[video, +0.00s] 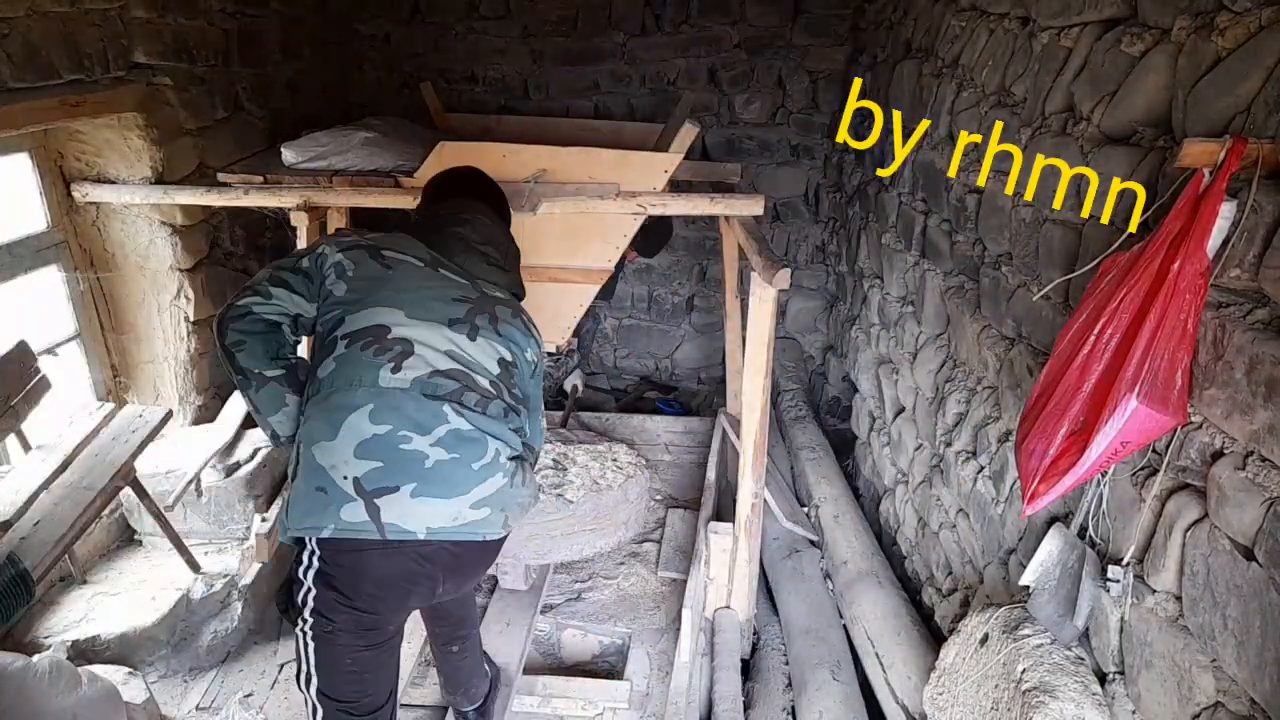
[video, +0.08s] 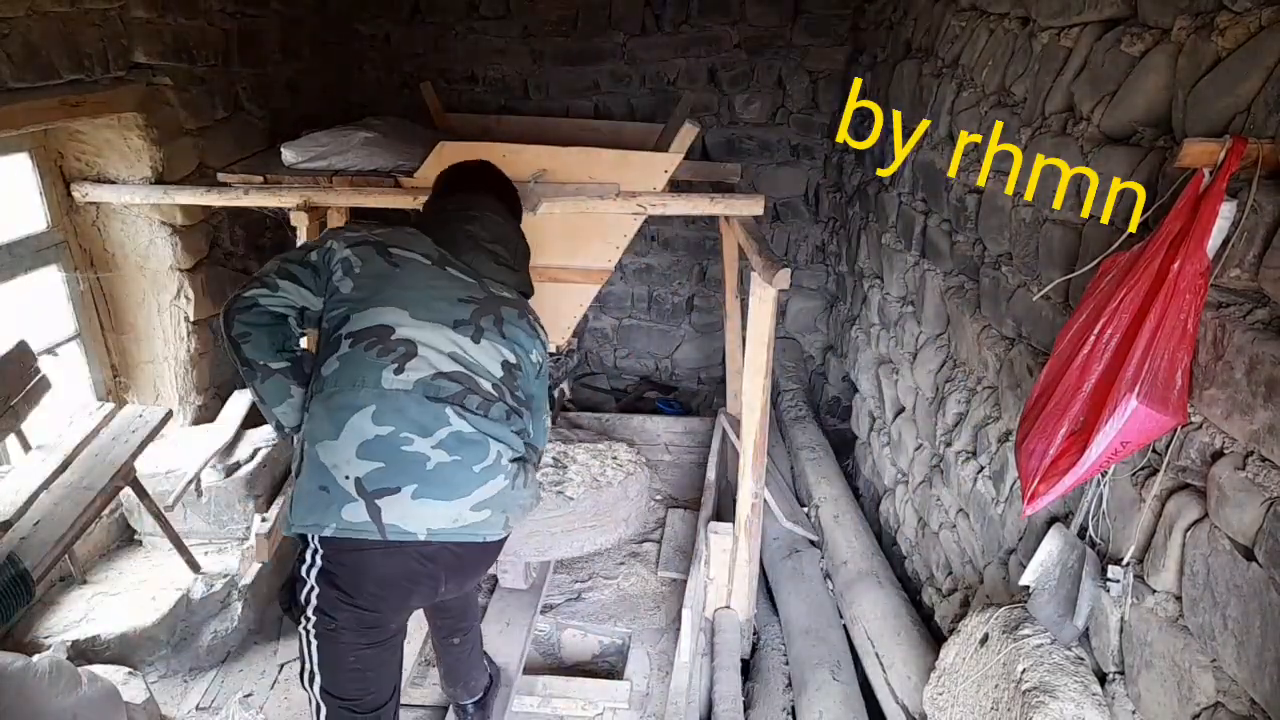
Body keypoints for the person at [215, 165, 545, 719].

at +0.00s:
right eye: (492, 225)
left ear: (421, 213)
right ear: (500, 236)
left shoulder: (350, 254)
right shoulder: (516, 319)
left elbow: (249, 321)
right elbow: (531, 442)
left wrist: (303, 430)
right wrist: (502, 504)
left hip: (353, 543)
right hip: (472, 539)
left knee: (354, 709)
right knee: (456, 622)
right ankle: (473, 701)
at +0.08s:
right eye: (501, 219)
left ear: (430, 209)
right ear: (510, 231)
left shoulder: (354, 250)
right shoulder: (522, 317)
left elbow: (254, 314)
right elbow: (534, 444)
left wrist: (306, 419)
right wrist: (504, 500)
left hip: (356, 547)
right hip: (473, 544)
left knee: (356, 708)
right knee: (459, 618)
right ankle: (471, 696)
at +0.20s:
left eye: (399, 189)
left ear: (404, 195)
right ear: (489, 212)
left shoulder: (348, 240)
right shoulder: (511, 296)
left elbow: (246, 301)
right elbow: (533, 412)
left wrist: (303, 404)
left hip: (376, 517)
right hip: (486, 516)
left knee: (371, 700)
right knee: (449, 600)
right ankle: (473, 699)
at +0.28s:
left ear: (371, 168)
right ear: (458, 182)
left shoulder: (316, 214)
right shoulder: (494, 276)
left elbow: (221, 305)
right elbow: (515, 407)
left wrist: (307, 383)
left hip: (363, 529)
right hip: (472, 515)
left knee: (354, 701)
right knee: (440, 587)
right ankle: (471, 677)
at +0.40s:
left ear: (296, 158)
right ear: (393, 164)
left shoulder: (237, 251)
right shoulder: (446, 265)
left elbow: (200, 400)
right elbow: (488, 384)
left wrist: (267, 445)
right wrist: (441, 450)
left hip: (308, 574)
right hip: (431, 547)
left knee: (326, 710)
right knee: (419, 613)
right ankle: (421, 704)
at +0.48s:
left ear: (296, 205)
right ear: (381, 201)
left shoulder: (252, 269)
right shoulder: (437, 281)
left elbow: (210, 405)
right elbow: (469, 398)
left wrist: (273, 481)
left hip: (333, 566)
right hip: (448, 544)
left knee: (323, 709)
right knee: (418, 616)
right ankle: (432, 709)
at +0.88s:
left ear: (317, 233)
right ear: (406, 233)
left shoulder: (254, 316)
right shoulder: (453, 322)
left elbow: (210, 456)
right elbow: (479, 447)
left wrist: (296, 466)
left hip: (321, 613)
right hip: (444, 590)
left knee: (303, 709)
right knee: (428, 636)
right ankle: (434, 706)